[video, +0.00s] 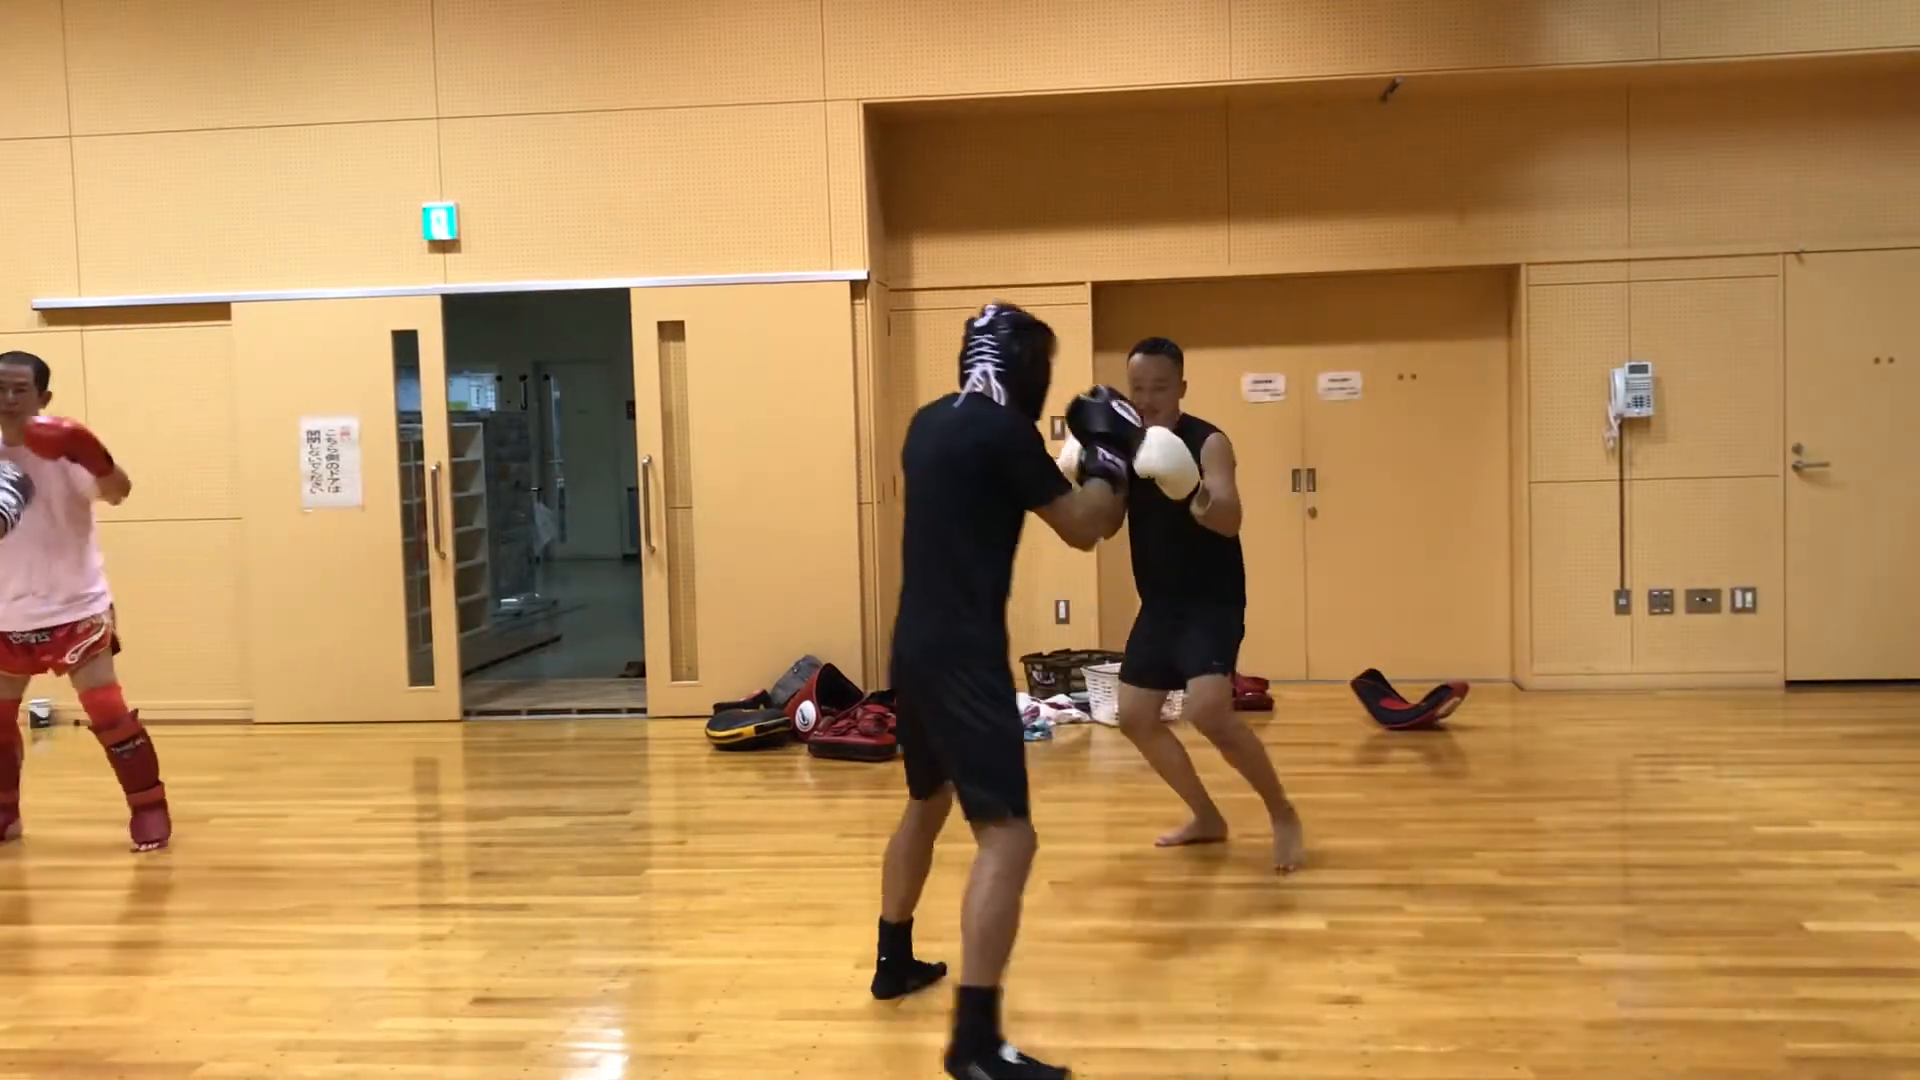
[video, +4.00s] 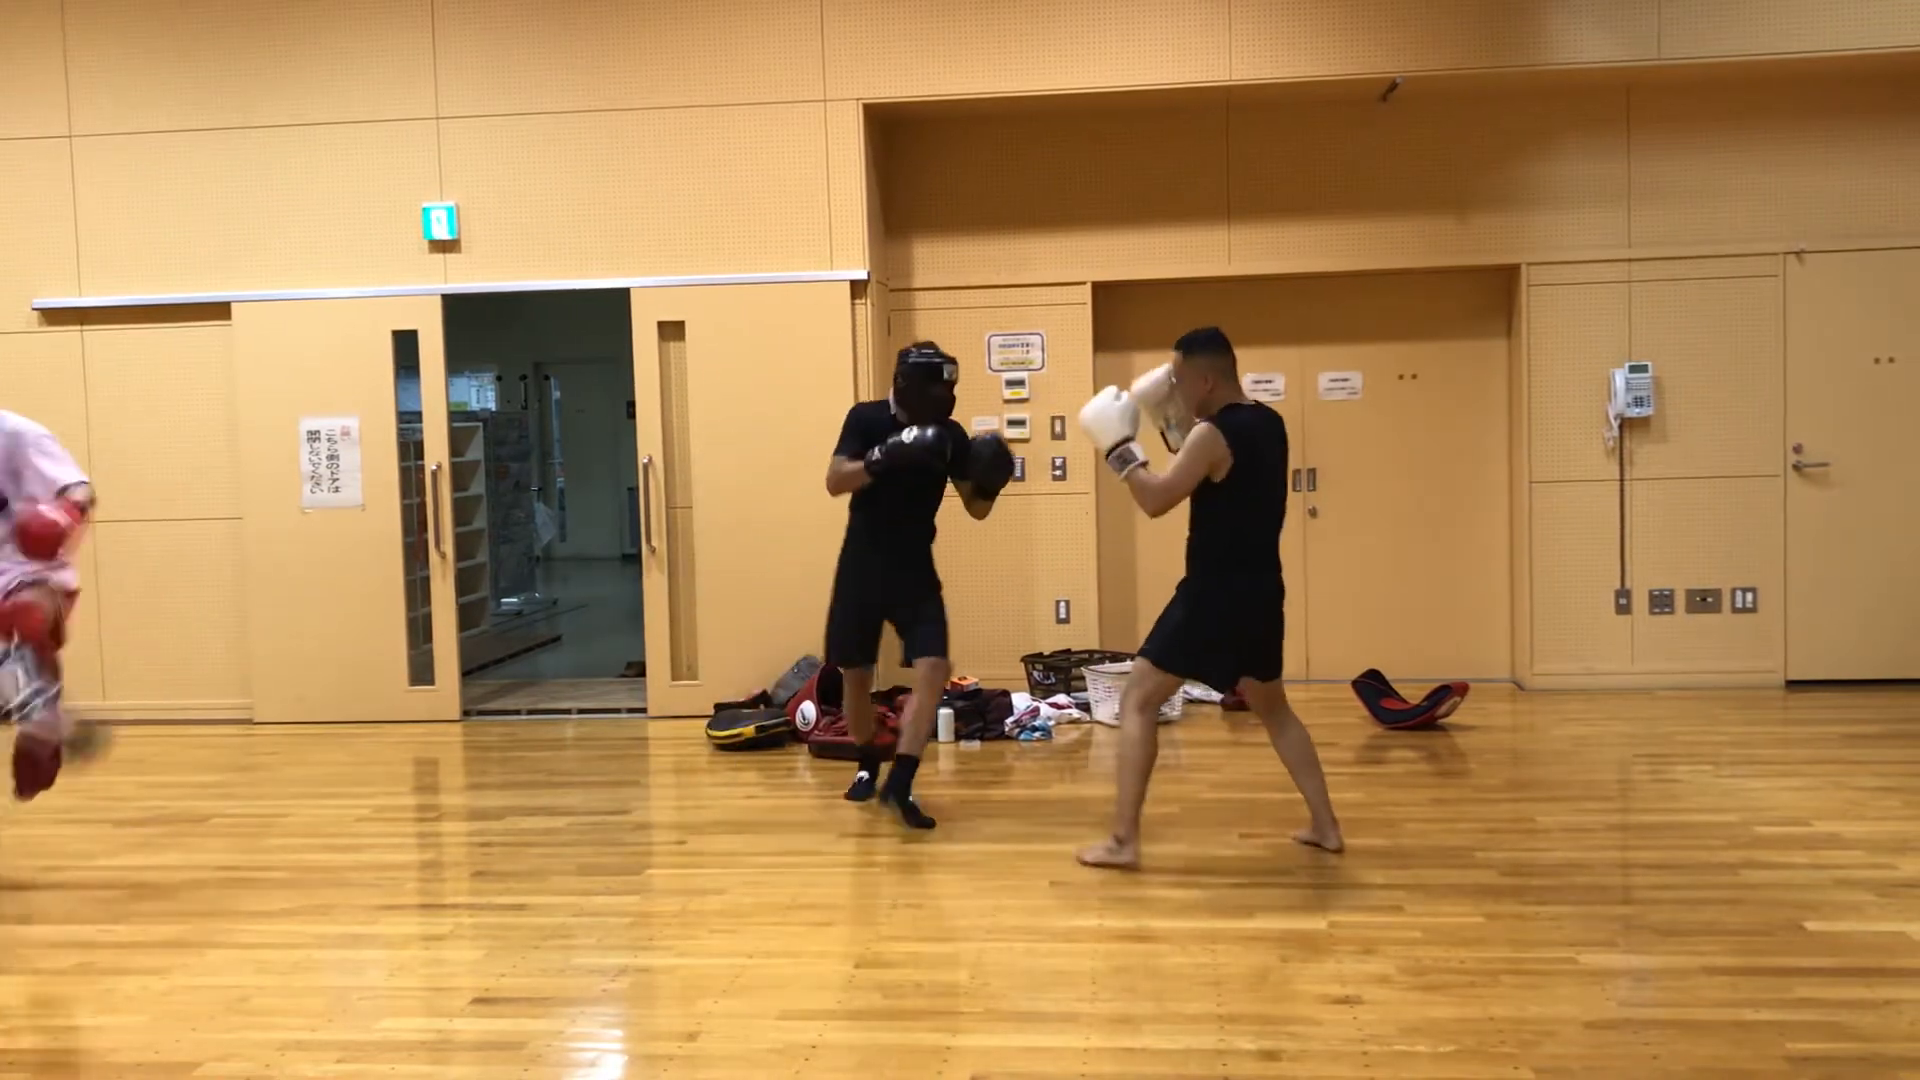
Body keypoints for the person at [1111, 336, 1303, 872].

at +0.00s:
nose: (1146, 401)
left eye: (1158, 389)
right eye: (1137, 389)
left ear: (1181, 387)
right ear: (1126, 388)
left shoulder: (1208, 441)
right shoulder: (1121, 442)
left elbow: (1230, 523)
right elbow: (1103, 526)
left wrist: (1191, 491)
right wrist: (1096, 459)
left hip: (1213, 599)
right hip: (1159, 601)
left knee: (1207, 711)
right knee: (1135, 714)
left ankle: (1282, 815)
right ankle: (1205, 818)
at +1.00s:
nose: (1143, 365)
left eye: (1151, 355)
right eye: (1138, 355)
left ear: (1181, 350)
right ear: (1139, 352)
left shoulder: (1207, 400)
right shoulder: (1160, 411)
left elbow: (1213, 463)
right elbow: (1126, 477)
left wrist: (1164, 419)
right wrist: (1097, 425)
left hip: (1219, 561)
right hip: (1186, 564)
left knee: (1199, 674)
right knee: (1196, 678)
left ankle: (1237, 812)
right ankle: (1237, 799)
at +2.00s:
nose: (1108, 405)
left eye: (1111, 392)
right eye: (1102, 395)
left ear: (1142, 381)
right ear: (1147, 384)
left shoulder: (1158, 431)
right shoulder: (1160, 426)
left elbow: (1103, 485)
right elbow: (1108, 479)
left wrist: (1072, 427)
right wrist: (1077, 430)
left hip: (1169, 593)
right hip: (1189, 590)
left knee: (1104, 694)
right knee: (1192, 695)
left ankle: (1112, 835)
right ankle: (1268, 798)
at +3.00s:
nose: (1115, 393)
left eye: (1119, 381)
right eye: (1113, 384)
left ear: (1149, 373)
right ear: (1162, 371)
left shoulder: (1165, 424)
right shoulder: (1204, 409)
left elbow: (1114, 497)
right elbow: (1154, 480)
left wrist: (1068, 447)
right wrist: (1116, 435)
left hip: (1194, 587)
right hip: (1239, 579)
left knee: (1145, 698)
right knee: (1252, 692)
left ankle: (1151, 838)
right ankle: (1309, 804)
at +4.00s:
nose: (1179, 392)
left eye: (1182, 381)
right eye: (1177, 381)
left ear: (1207, 378)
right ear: (1230, 375)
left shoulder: (1212, 434)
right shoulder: (1271, 424)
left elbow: (1154, 498)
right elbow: (1219, 480)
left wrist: (1120, 449)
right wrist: (1173, 422)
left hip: (1209, 598)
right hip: (1263, 597)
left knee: (1139, 699)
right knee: (1274, 707)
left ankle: (1123, 839)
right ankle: (1325, 824)